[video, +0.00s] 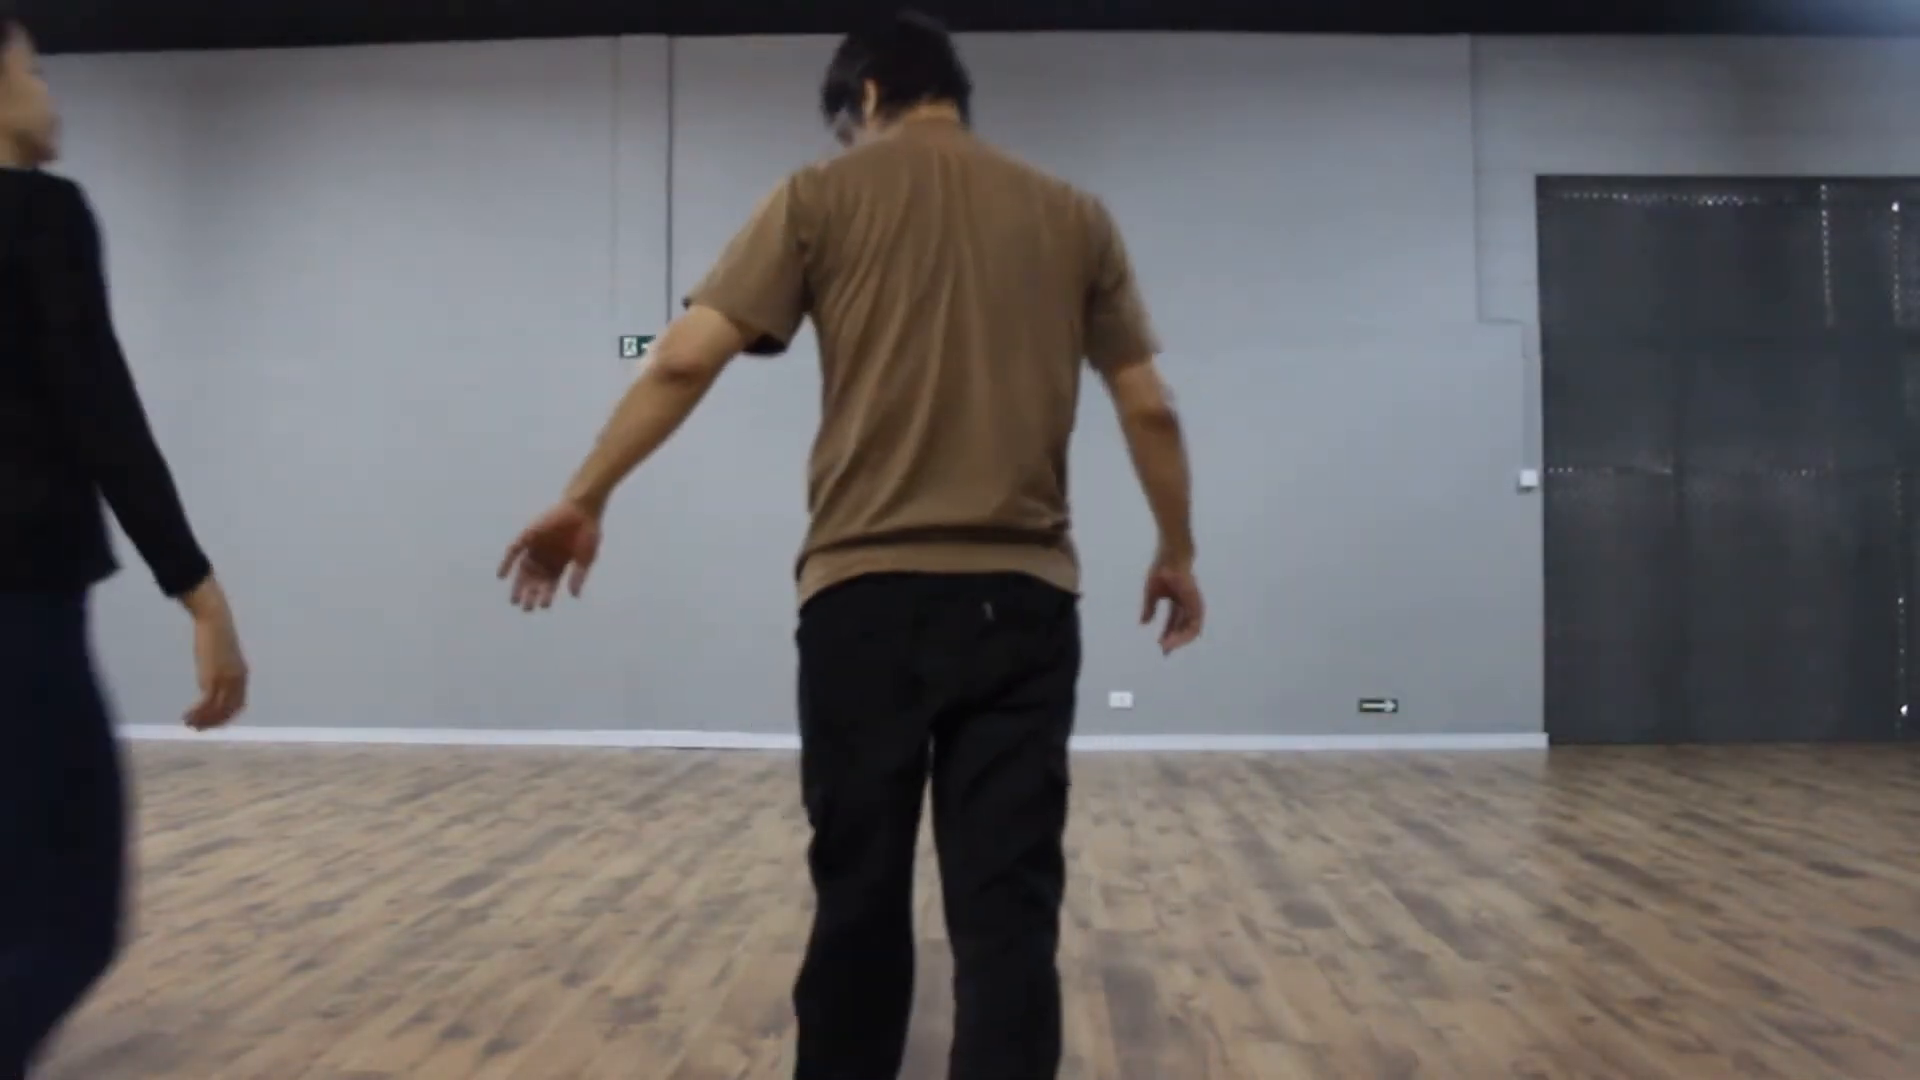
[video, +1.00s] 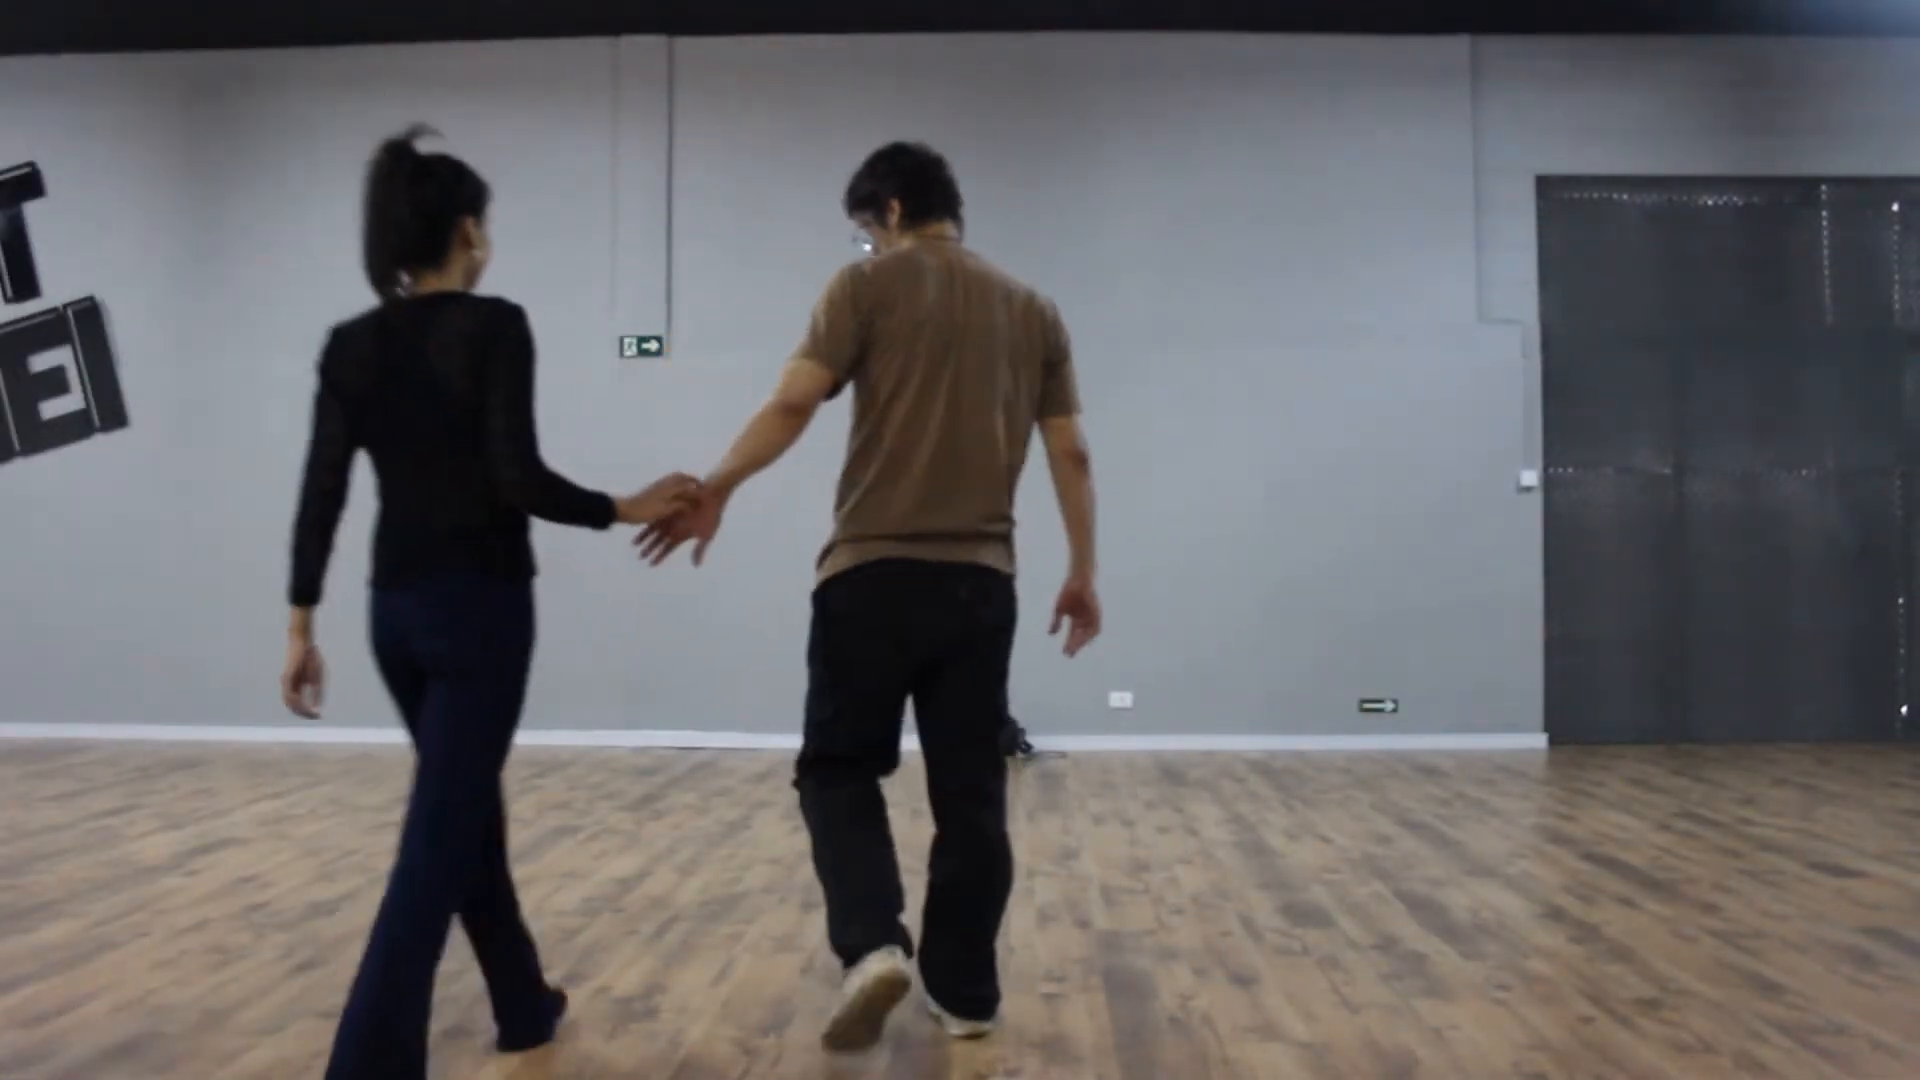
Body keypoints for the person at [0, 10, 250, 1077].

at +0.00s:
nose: (45, 81)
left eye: (36, 55)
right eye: (28, 56)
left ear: (11, 77)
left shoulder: (39, 209)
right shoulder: (38, 210)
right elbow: (99, 411)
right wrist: (200, 592)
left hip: (33, 615)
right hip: (23, 619)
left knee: (50, 903)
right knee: (73, 914)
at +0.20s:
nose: (144, 114)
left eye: (133, 92)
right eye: (126, 93)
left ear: (51, 117)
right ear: (74, 110)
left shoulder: (7, 222)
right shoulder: (113, 225)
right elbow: (127, 434)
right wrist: (268, 580)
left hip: (14, 611)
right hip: (100, 611)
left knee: (21, 910)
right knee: (203, 861)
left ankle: (19, 1065)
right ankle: (181, 1063)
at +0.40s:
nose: (249, 162)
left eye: (241, 143)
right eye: (237, 144)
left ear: (148, 170)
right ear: (198, 159)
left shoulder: (96, 290)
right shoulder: (233, 268)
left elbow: (123, 468)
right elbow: (257, 456)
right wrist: (407, 484)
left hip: (125, 628)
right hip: (232, 631)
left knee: (113, 891)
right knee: (295, 881)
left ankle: (40, 1067)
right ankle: (352, 1064)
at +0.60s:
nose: (345, 178)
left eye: (340, 161)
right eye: (337, 162)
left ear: (234, 181)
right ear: (309, 173)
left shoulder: (193, 298)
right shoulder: (347, 281)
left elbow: (202, 477)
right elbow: (389, 459)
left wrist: (258, 570)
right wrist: (522, 461)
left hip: (257, 610)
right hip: (358, 603)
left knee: (285, 846)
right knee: (361, 860)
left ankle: (137, 1058)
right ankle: (362, 1069)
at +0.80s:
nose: (424, 196)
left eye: (418, 180)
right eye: (418, 181)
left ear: (322, 197)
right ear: (398, 190)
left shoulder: (279, 311)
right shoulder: (435, 288)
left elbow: (261, 469)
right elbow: (476, 453)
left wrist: (260, 607)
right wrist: (586, 476)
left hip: (327, 603)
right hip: (426, 598)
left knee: (398, 819)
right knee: (390, 846)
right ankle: (355, 1061)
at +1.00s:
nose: (488, 241)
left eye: (485, 225)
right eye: (483, 226)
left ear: (391, 240)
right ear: (465, 233)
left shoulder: (352, 345)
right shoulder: (495, 325)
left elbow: (323, 488)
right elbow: (516, 477)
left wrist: (300, 621)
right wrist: (621, 511)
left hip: (396, 612)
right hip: (485, 609)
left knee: (472, 813)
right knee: (433, 841)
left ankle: (522, 1009)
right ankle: (369, 1062)